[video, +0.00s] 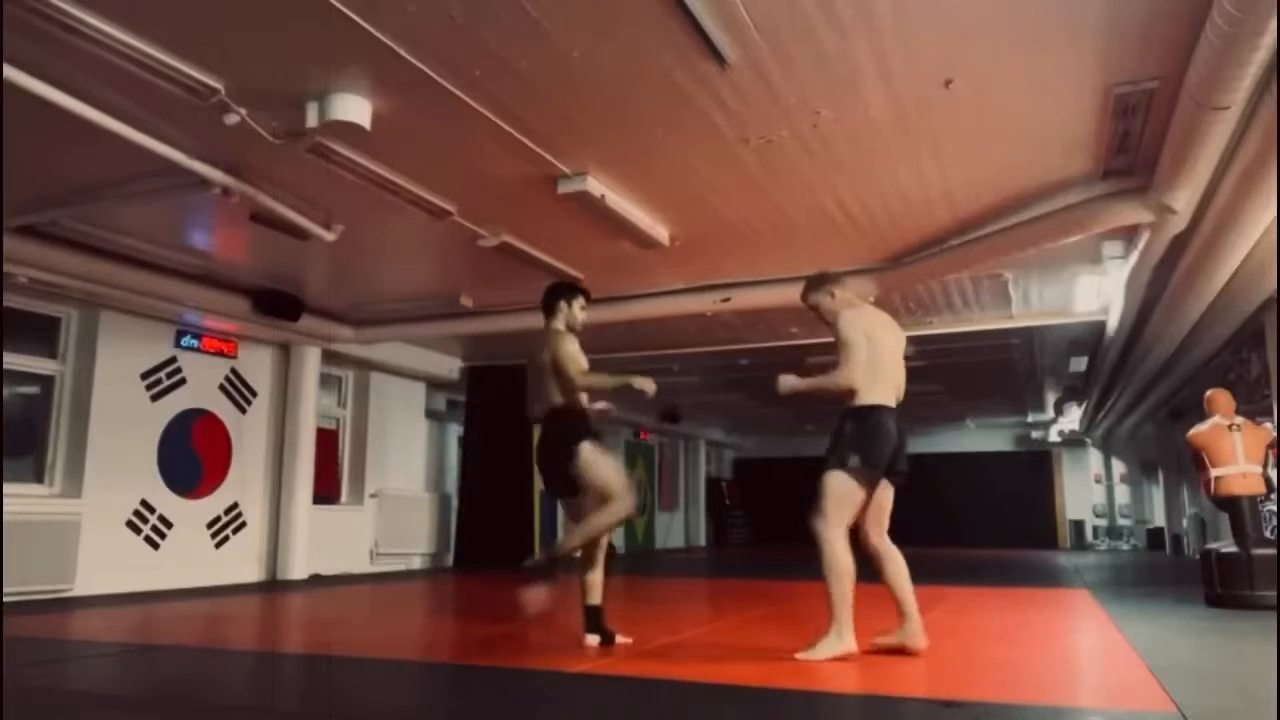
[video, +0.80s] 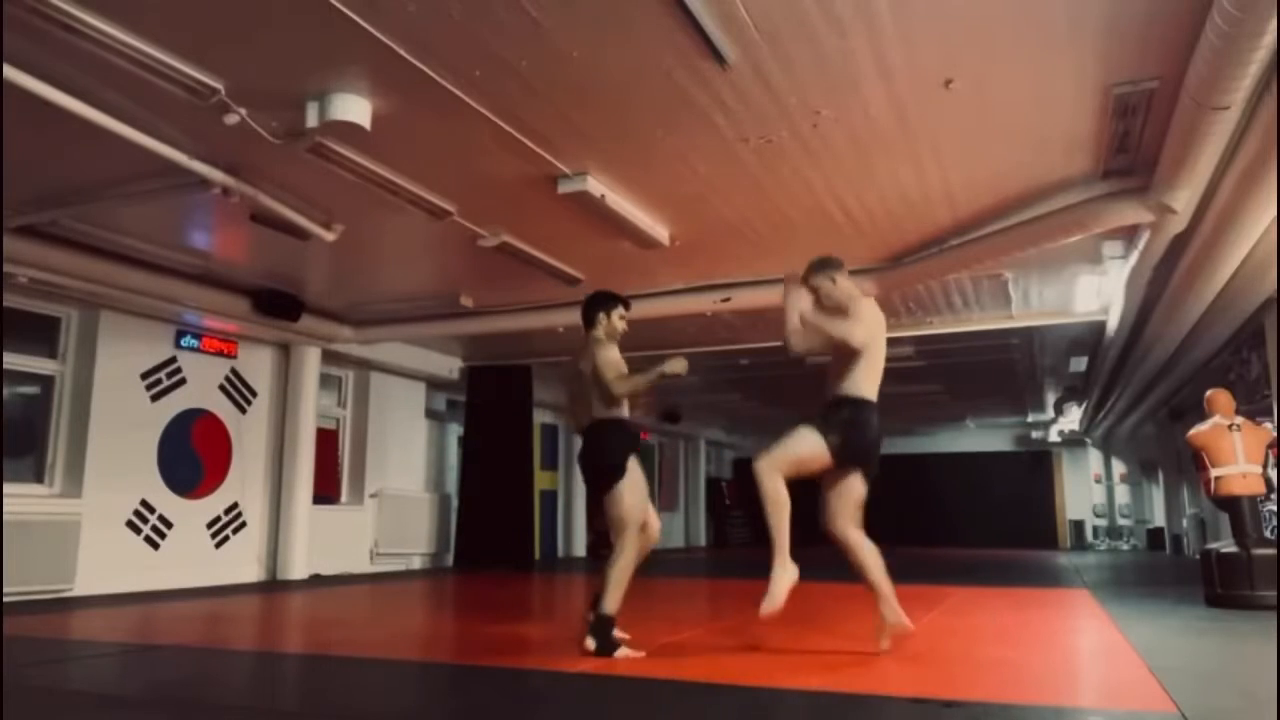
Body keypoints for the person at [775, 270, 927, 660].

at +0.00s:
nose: (821, 318)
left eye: (818, 310)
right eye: (817, 312)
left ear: (833, 293)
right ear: (845, 291)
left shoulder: (850, 316)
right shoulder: (891, 326)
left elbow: (849, 378)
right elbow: (895, 387)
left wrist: (799, 383)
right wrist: (836, 376)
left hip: (863, 425)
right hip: (892, 427)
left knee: (830, 525)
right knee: (876, 533)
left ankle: (841, 633)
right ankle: (912, 627)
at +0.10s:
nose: (830, 327)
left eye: (827, 317)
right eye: (825, 321)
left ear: (842, 301)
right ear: (847, 300)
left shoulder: (868, 326)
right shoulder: (892, 330)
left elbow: (854, 382)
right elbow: (869, 382)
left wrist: (800, 363)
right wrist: (825, 375)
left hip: (867, 431)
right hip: (892, 438)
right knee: (878, 538)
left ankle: (809, 584)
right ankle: (909, 635)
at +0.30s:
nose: (832, 333)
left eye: (830, 323)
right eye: (828, 327)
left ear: (845, 303)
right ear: (848, 303)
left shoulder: (875, 325)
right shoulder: (888, 336)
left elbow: (829, 367)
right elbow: (864, 409)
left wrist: (806, 325)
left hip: (862, 430)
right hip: (877, 445)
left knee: (777, 388)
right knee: (868, 541)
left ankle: (758, 482)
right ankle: (906, 635)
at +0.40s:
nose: (833, 329)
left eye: (830, 319)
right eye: (828, 323)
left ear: (847, 302)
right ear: (851, 303)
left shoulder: (875, 325)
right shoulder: (886, 336)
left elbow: (828, 370)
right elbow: (873, 407)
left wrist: (803, 327)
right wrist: (835, 447)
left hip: (860, 428)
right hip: (874, 442)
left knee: (778, 388)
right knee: (868, 541)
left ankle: (770, 481)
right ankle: (905, 633)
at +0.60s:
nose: (826, 322)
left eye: (825, 312)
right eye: (821, 315)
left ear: (842, 298)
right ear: (849, 299)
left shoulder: (861, 327)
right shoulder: (882, 331)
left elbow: (857, 388)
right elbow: (863, 400)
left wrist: (797, 400)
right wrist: (811, 416)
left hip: (861, 433)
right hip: (882, 441)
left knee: (782, 489)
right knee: (852, 536)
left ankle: (790, 592)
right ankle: (900, 623)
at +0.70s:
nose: (822, 319)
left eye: (823, 309)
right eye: (819, 312)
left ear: (842, 299)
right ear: (844, 302)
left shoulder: (858, 331)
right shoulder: (871, 334)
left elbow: (862, 379)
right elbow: (832, 393)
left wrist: (815, 389)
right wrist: (801, 362)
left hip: (855, 440)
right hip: (873, 442)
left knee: (793, 516)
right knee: (857, 540)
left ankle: (800, 623)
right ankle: (903, 628)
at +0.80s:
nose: (819, 298)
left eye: (820, 290)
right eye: (815, 293)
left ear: (839, 278)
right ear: (832, 286)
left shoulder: (866, 307)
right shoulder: (846, 319)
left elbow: (855, 337)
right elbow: (799, 342)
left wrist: (811, 314)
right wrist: (791, 301)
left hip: (849, 421)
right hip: (851, 425)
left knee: (768, 466)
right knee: (844, 524)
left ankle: (782, 565)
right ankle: (892, 611)